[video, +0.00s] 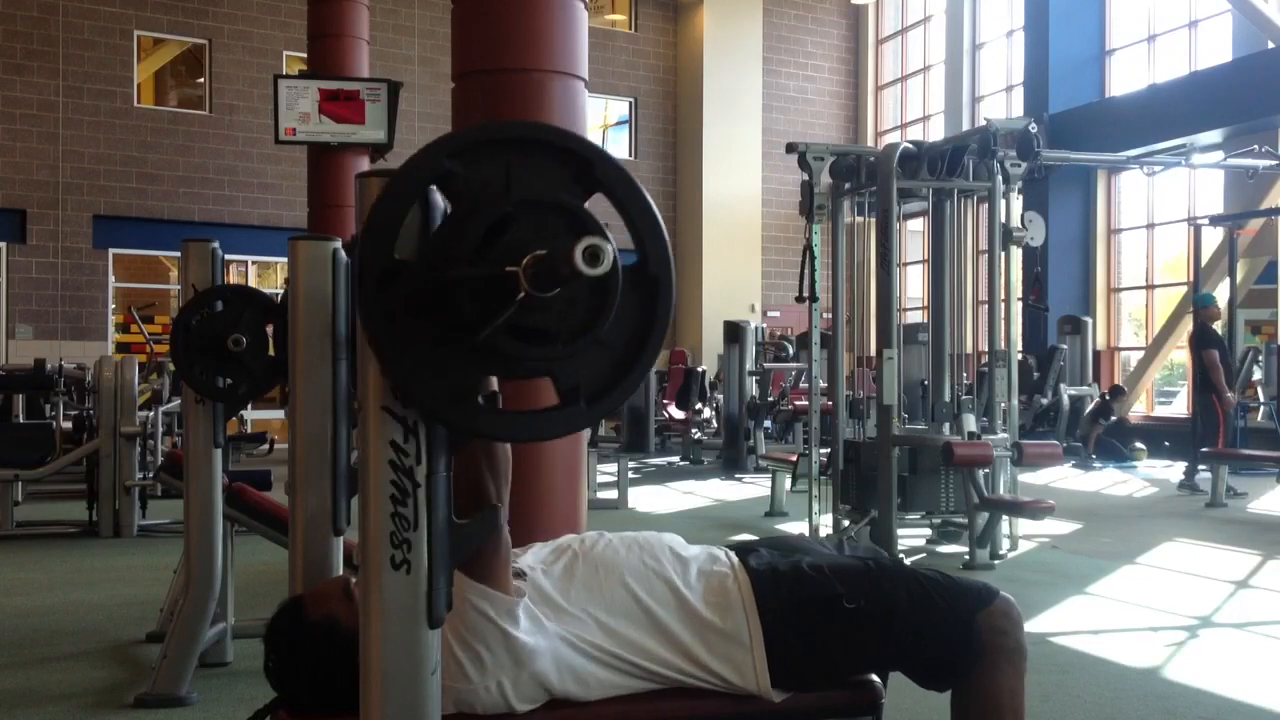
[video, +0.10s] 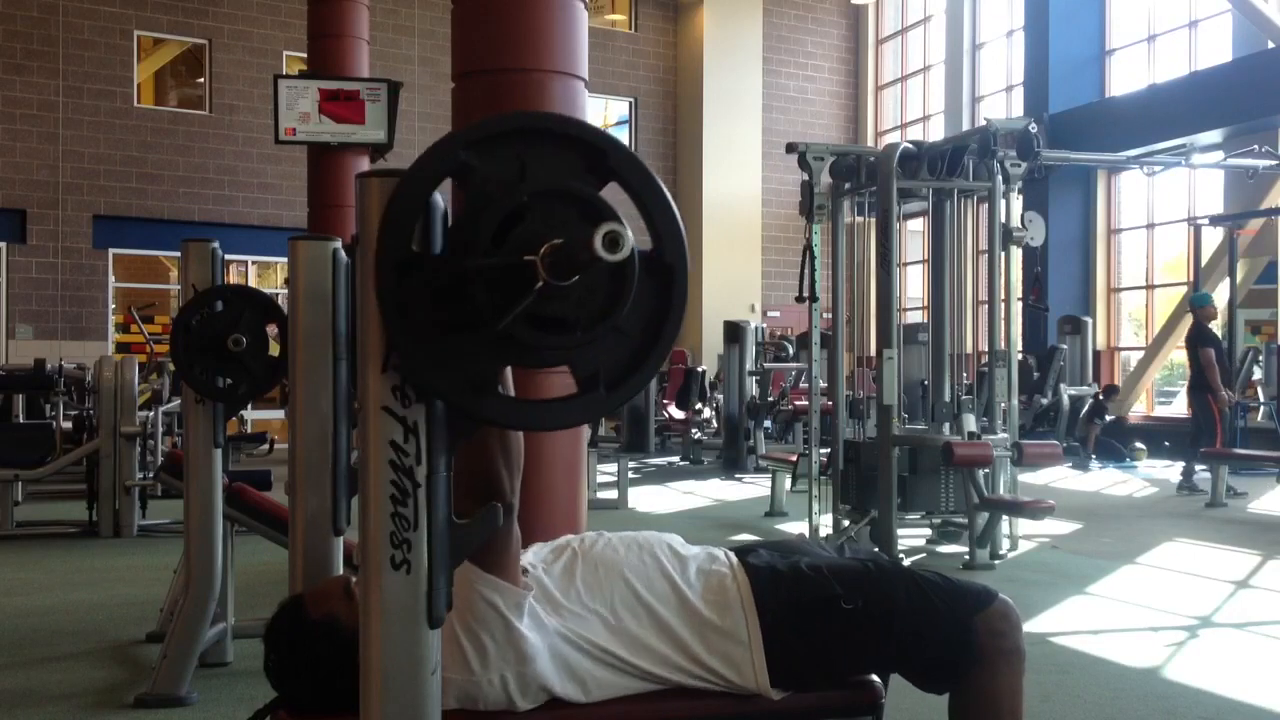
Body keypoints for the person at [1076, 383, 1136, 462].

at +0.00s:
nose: (1125, 399)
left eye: (1125, 396)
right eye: (1124, 396)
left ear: (1111, 393)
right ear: (1118, 397)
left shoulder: (1101, 401)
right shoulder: (1107, 408)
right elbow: (1094, 431)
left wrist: (1118, 420)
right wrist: (1089, 452)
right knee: (1122, 456)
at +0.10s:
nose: (1117, 398)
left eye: (1117, 395)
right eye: (1116, 395)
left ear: (1104, 392)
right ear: (1111, 395)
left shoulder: (1095, 401)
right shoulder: (1101, 407)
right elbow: (1092, 432)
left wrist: (1116, 419)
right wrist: (1089, 452)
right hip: (1086, 439)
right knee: (1121, 455)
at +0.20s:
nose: (1112, 397)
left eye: (1112, 394)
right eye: (1111, 394)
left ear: (1100, 392)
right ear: (1106, 395)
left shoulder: (1091, 402)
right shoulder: (1096, 408)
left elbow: (1100, 420)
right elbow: (1091, 433)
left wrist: (1114, 417)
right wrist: (1089, 453)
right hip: (1084, 439)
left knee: (1110, 443)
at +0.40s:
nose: (1109, 395)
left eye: (1108, 393)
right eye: (1107, 393)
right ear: (1101, 393)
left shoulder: (1089, 401)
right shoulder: (1092, 404)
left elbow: (1098, 418)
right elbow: (1090, 430)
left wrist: (1111, 416)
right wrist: (1088, 451)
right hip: (1083, 438)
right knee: (1118, 447)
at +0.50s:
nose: (1109, 396)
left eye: (1109, 393)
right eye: (1108, 393)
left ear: (1098, 393)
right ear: (1101, 393)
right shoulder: (1092, 406)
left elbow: (1097, 420)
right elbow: (1089, 431)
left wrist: (1111, 417)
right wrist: (1087, 451)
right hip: (1081, 439)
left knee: (1111, 423)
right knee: (1120, 447)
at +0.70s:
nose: (1109, 397)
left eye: (1109, 394)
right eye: (1107, 394)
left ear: (1098, 393)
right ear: (1101, 394)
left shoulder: (1092, 404)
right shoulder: (1092, 406)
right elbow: (1088, 430)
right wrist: (1085, 450)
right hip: (1079, 440)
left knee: (1108, 422)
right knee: (1115, 443)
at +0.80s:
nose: (1109, 396)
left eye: (1109, 394)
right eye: (1107, 394)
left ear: (1099, 393)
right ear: (1101, 393)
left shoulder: (1095, 405)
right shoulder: (1092, 406)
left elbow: (1107, 422)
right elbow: (1088, 429)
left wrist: (1124, 431)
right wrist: (1085, 450)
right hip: (1079, 441)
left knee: (1107, 423)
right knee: (1113, 442)